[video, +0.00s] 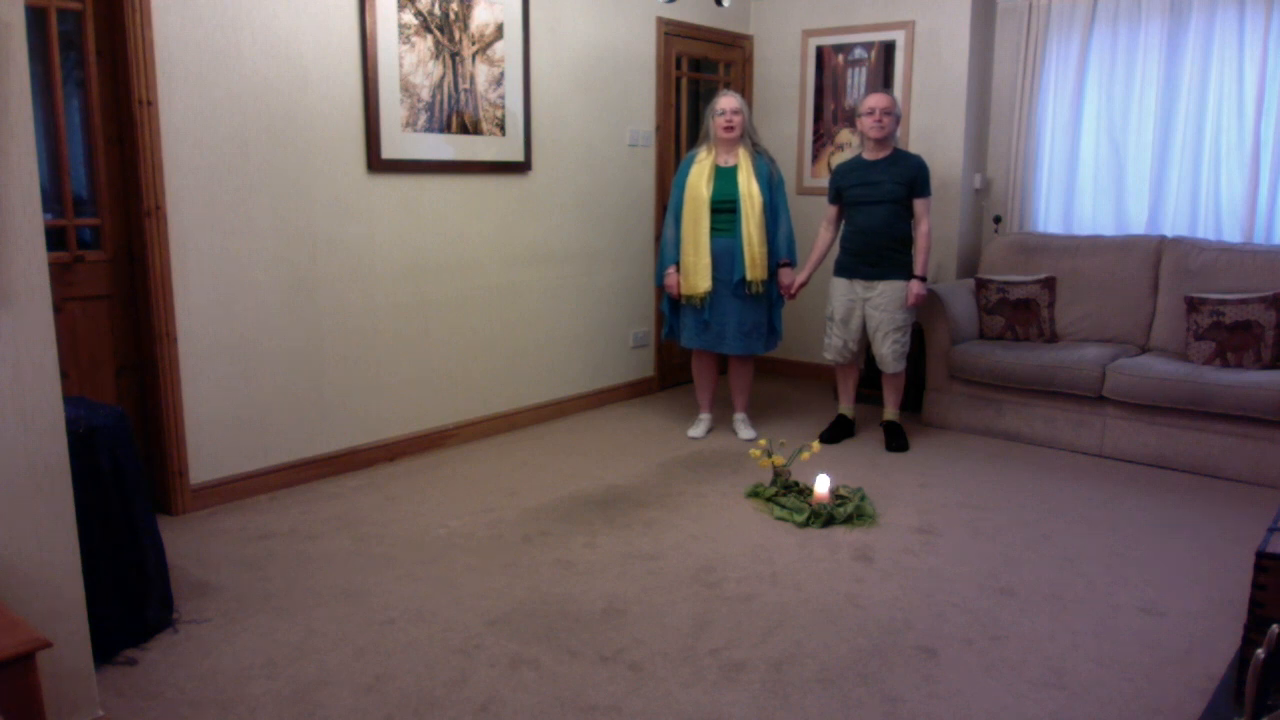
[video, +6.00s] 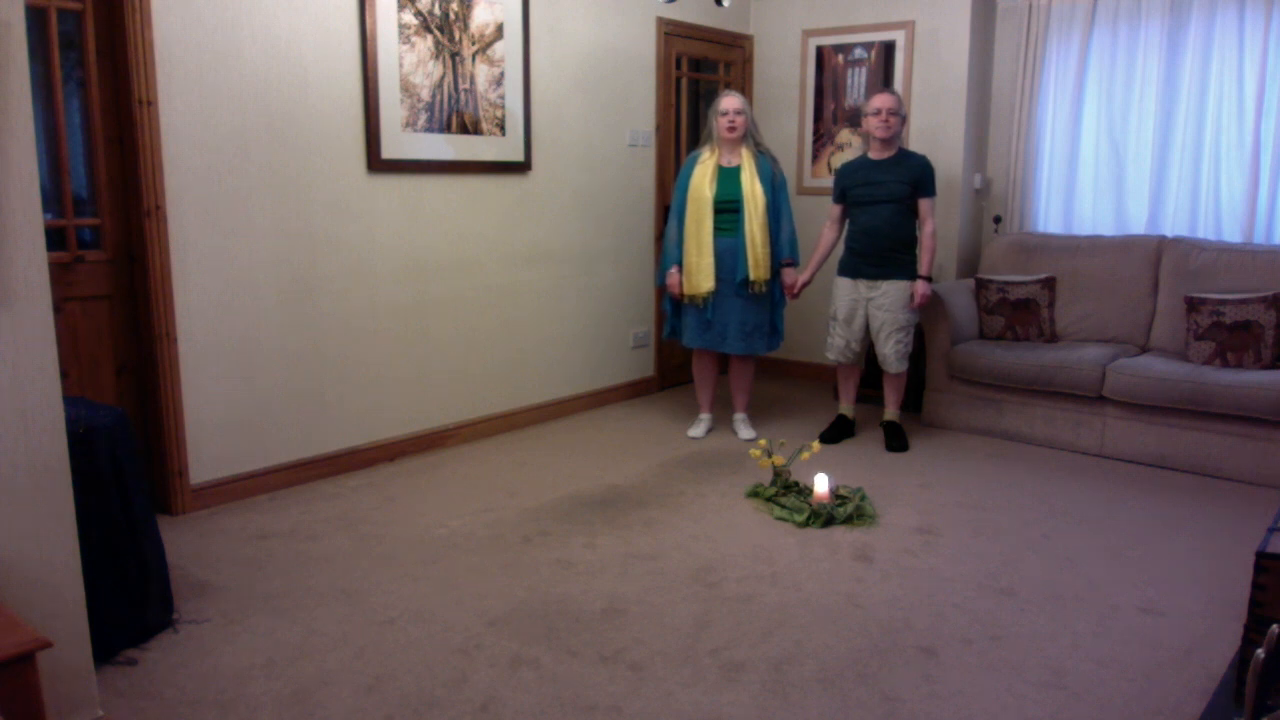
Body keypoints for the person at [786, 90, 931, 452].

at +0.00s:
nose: (878, 119)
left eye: (886, 113)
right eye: (871, 113)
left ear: (897, 121)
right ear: (858, 122)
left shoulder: (912, 167)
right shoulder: (843, 172)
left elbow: (922, 224)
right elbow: (829, 227)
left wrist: (919, 276)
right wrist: (805, 273)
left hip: (893, 279)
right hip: (848, 277)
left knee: (891, 354)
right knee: (844, 349)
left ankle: (891, 420)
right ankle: (845, 415)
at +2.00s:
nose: (880, 119)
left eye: (887, 113)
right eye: (872, 114)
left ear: (898, 121)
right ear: (858, 122)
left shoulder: (913, 167)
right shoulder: (843, 172)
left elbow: (923, 225)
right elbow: (829, 227)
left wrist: (920, 276)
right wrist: (805, 273)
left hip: (893, 279)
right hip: (848, 277)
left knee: (892, 355)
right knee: (843, 349)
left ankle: (892, 420)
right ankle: (845, 415)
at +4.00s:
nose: (881, 118)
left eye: (888, 113)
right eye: (873, 113)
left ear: (899, 121)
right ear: (860, 122)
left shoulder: (914, 166)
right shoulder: (844, 172)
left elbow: (924, 224)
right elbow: (830, 227)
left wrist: (921, 276)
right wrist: (806, 273)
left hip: (895, 278)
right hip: (849, 276)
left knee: (893, 355)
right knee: (844, 349)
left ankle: (892, 419)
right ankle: (845, 415)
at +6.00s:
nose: (884, 119)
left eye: (891, 113)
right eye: (876, 113)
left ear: (902, 121)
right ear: (864, 122)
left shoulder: (917, 166)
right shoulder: (848, 172)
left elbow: (927, 224)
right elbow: (833, 226)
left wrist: (924, 276)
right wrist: (808, 272)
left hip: (897, 279)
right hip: (852, 277)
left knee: (894, 355)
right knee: (846, 349)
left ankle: (892, 419)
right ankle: (845, 416)